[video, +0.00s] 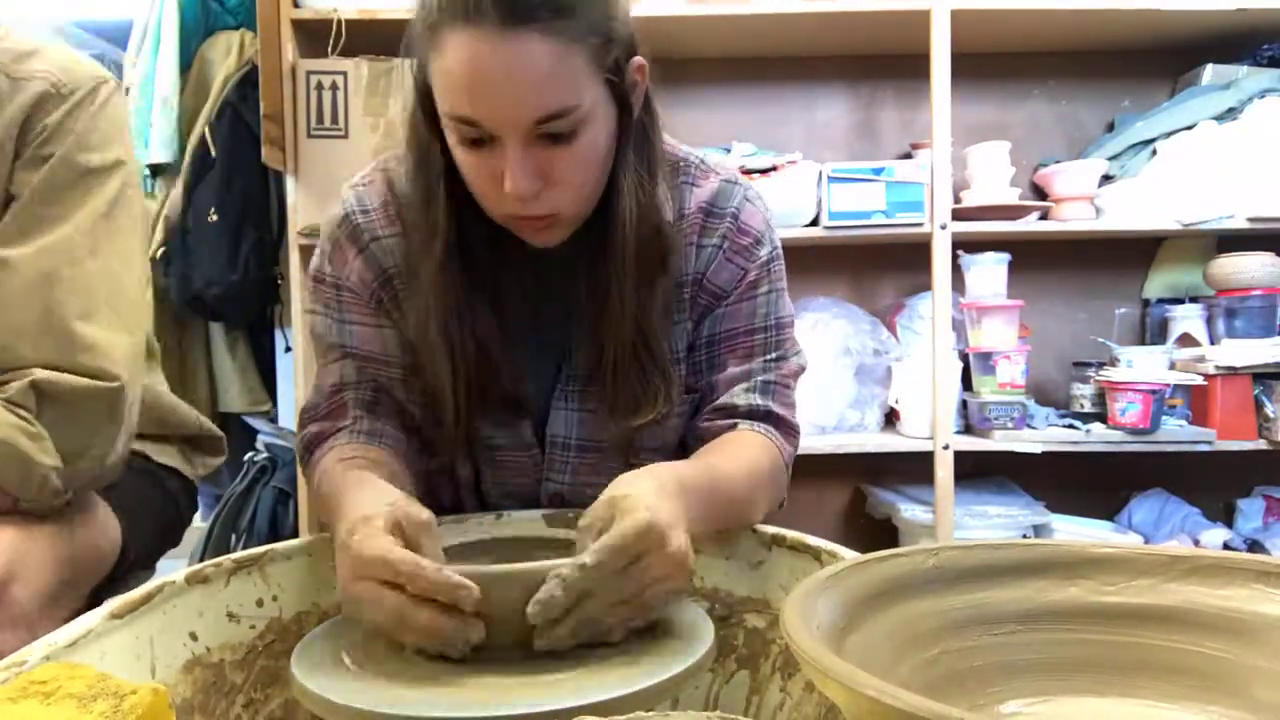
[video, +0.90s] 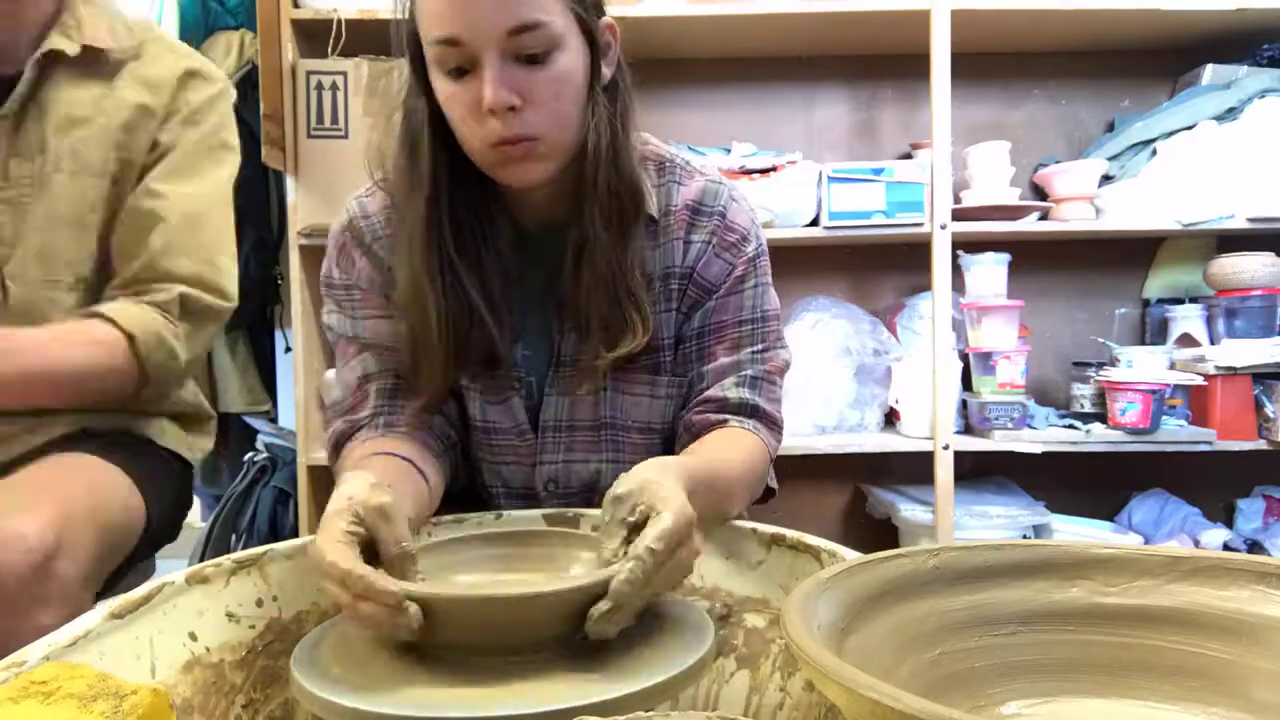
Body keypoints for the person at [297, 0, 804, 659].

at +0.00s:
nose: (518, 182)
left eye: (556, 133)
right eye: (474, 139)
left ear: (630, 89)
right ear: (435, 119)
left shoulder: (718, 221)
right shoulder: (378, 223)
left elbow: (759, 436)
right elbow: (350, 420)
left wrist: (679, 496)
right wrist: (363, 506)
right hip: (448, 611)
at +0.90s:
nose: (496, 99)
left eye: (531, 55)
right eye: (457, 67)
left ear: (603, 51)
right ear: (427, 78)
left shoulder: (705, 221)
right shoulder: (380, 234)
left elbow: (743, 425)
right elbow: (394, 421)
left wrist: (682, 480)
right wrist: (376, 493)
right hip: (458, 609)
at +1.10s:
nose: (432, 221)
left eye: (441, 172)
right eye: (396, 200)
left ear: (511, 108)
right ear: (374, 190)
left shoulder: (682, 220)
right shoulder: (391, 253)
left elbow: (726, 403)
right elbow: (419, 409)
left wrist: (662, 512)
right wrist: (432, 514)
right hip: (485, 584)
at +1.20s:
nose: (463, 205)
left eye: (479, 153)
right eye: (421, 178)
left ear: (548, 98)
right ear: (392, 168)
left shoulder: (695, 217)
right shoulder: (396, 247)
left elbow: (730, 403)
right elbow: (421, 415)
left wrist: (670, 518)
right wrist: (438, 512)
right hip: (488, 591)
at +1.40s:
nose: (547, 168)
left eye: (587, 127)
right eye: (510, 126)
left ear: (648, 106)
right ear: (469, 109)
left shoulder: (723, 227)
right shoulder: (408, 224)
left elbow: (750, 432)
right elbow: (383, 398)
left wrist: (688, 495)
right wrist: (373, 488)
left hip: (653, 585)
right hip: (466, 578)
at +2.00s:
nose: (561, 195)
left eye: (603, 156)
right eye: (528, 148)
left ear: (672, 127)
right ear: (492, 118)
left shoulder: (734, 241)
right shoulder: (410, 224)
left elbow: (755, 430)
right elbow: (339, 379)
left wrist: (702, 502)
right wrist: (376, 437)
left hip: (645, 592)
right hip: (448, 589)